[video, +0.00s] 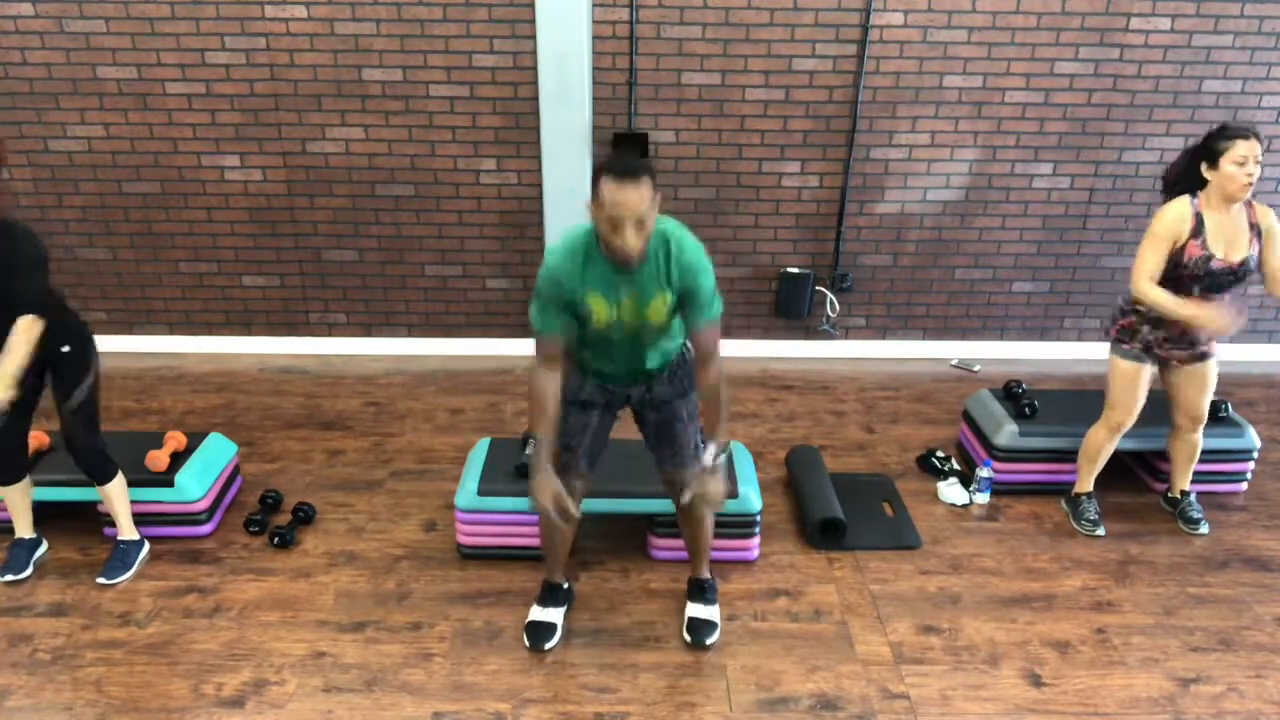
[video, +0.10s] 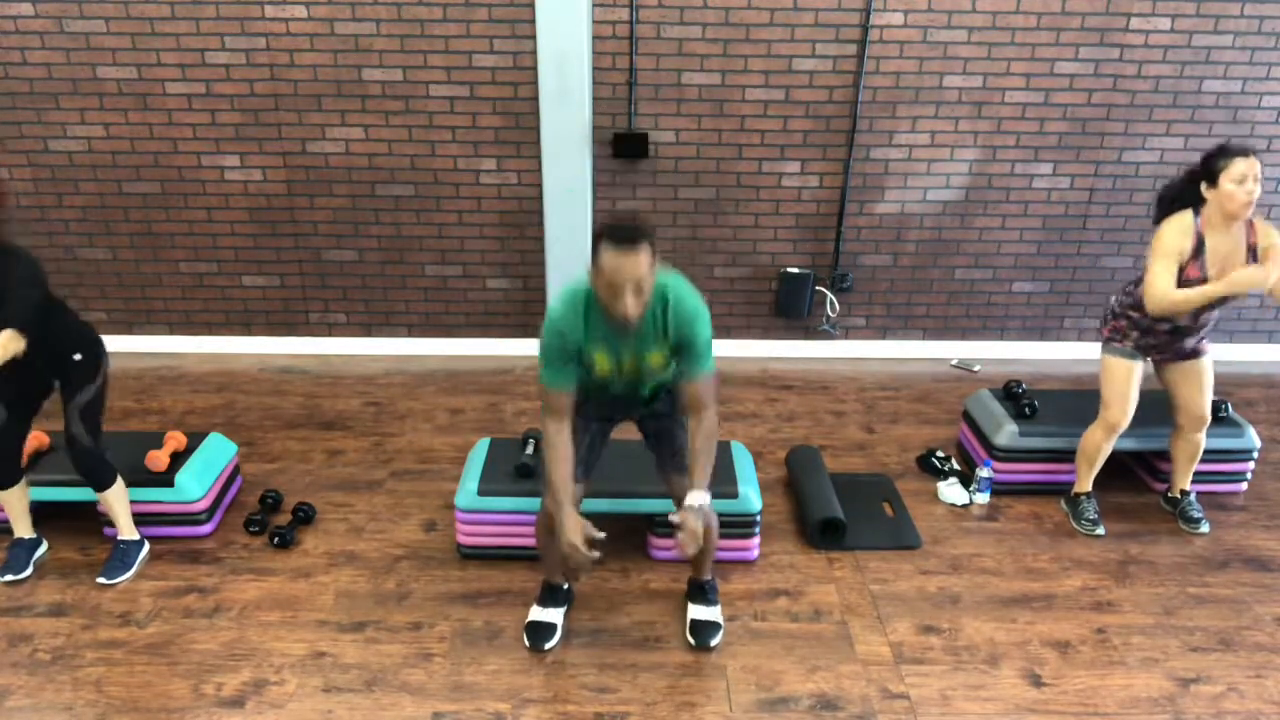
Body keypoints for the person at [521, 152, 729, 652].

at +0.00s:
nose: (629, 238)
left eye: (640, 222)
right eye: (615, 224)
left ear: (656, 209)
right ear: (594, 211)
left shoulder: (685, 255)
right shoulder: (563, 263)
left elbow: (709, 358)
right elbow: (547, 365)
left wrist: (716, 453)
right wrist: (540, 467)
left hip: (665, 372)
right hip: (588, 377)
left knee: (690, 483)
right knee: (561, 483)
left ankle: (702, 583)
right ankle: (554, 586)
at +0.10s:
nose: (628, 306)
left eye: (639, 289)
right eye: (614, 291)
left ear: (655, 274)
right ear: (594, 277)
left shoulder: (684, 308)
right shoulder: (566, 315)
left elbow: (702, 409)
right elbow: (556, 417)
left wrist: (697, 497)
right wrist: (565, 512)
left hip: (662, 399)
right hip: (591, 400)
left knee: (692, 500)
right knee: (558, 501)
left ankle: (703, 586)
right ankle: (555, 587)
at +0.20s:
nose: (626, 364)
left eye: (637, 350)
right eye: (613, 351)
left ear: (652, 334)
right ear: (594, 336)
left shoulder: (681, 355)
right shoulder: (565, 367)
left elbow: (699, 452)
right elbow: (559, 462)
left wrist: (691, 509)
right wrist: (574, 523)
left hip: (661, 426)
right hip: (594, 426)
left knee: (700, 519)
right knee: (552, 517)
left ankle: (703, 588)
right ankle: (554, 591)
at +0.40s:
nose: (625, 435)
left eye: (636, 422)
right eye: (613, 423)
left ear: (652, 399)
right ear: (594, 404)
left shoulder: (682, 422)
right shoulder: (565, 429)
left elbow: (702, 504)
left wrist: (690, 514)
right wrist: (564, 520)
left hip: (659, 464)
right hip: (587, 464)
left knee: (701, 532)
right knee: (544, 537)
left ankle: (702, 588)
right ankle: (554, 591)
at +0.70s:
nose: (624, 372)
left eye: (636, 358)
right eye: (611, 358)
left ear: (653, 344)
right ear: (594, 344)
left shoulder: (679, 373)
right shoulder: (563, 379)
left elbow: (711, 464)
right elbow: (530, 471)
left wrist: (710, 511)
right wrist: (544, 506)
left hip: (657, 442)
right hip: (585, 442)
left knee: (702, 524)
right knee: (547, 526)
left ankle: (702, 589)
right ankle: (553, 592)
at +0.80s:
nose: (623, 318)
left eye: (636, 303)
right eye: (611, 303)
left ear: (652, 289)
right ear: (593, 288)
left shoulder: (678, 325)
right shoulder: (563, 328)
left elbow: (717, 421)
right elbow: (521, 420)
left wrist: (733, 508)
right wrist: (518, 512)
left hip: (658, 407)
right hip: (582, 409)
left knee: (691, 509)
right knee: (554, 511)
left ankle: (702, 586)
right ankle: (554, 587)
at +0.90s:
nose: (622, 261)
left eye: (633, 246)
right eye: (609, 247)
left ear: (651, 233)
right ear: (589, 235)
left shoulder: (677, 273)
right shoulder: (561, 278)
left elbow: (724, 375)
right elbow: (514, 374)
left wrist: (757, 474)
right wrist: (497, 479)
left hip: (659, 379)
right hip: (584, 380)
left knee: (685, 494)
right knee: (556, 497)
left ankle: (702, 586)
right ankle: (555, 588)